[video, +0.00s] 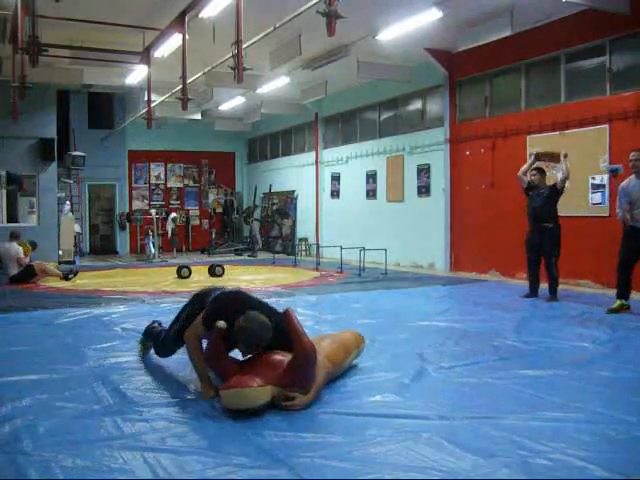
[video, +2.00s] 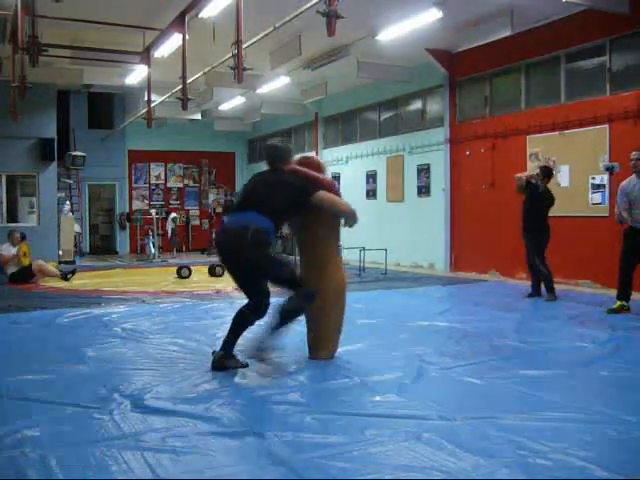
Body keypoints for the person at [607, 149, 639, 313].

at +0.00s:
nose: (633, 164)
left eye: (635, 160)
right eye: (631, 161)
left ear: (639, 162)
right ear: (629, 163)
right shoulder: (625, 186)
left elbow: (622, 208)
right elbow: (621, 208)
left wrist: (628, 217)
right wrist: (625, 217)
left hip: (634, 227)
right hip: (632, 226)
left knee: (626, 263)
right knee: (625, 263)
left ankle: (623, 298)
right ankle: (622, 298)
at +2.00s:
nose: (634, 163)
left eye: (636, 160)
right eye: (632, 160)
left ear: (639, 162)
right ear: (630, 163)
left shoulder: (629, 186)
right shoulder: (626, 185)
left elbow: (622, 208)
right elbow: (622, 208)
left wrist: (628, 222)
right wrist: (627, 223)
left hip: (634, 229)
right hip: (632, 228)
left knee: (627, 265)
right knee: (626, 265)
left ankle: (623, 300)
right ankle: (623, 299)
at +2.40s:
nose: (634, 163)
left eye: (636, 160)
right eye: (632, 160)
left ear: (639, 162)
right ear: (630, 163)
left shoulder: (629, 186)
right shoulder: (626, 186)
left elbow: (623, 209)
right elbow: (622, 208)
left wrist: (627, 222)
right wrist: (627, 222)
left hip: (634, 229)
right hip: (633, 228)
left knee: (627, 265)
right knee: (626, 265)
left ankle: (623, 299)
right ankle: (622, 299)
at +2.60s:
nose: (634, 163)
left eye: (636, 160)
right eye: (633, 160)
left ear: (639, 162)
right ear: (631, 163)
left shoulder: (629, 186)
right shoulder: (627, 186)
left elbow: (624, 209)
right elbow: (623, 209)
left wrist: (629, 222)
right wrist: (629, 222)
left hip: (634, 229)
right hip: (633, 229)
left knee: (628, 265)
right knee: (627, 265)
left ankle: (623, 299)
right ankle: (622, 299)